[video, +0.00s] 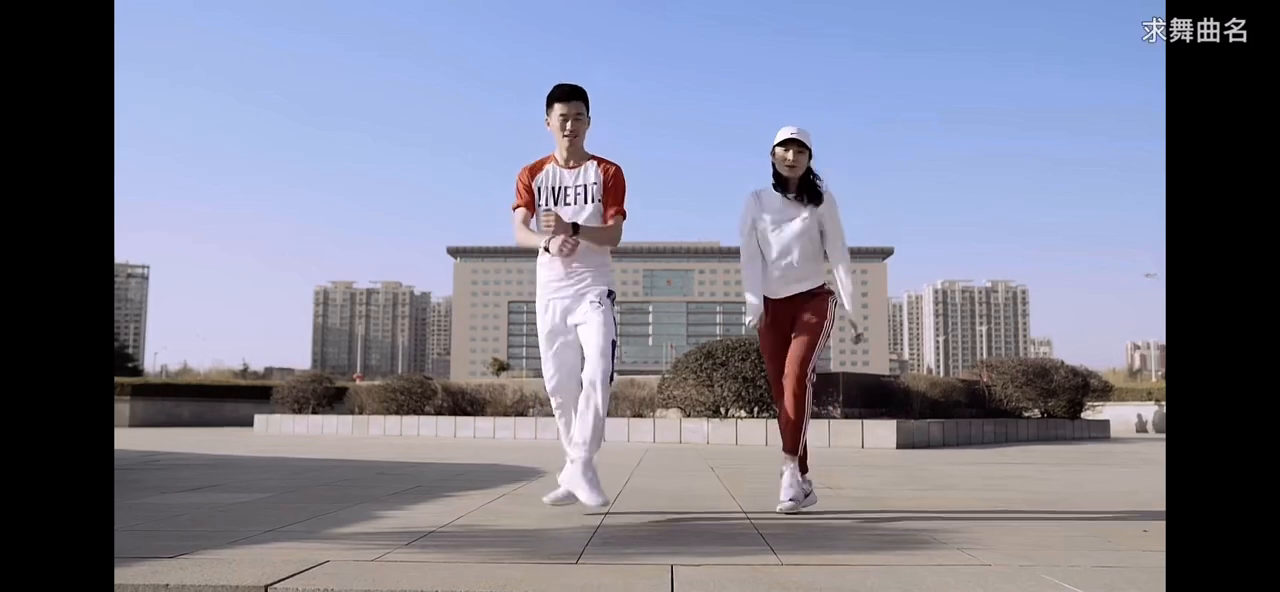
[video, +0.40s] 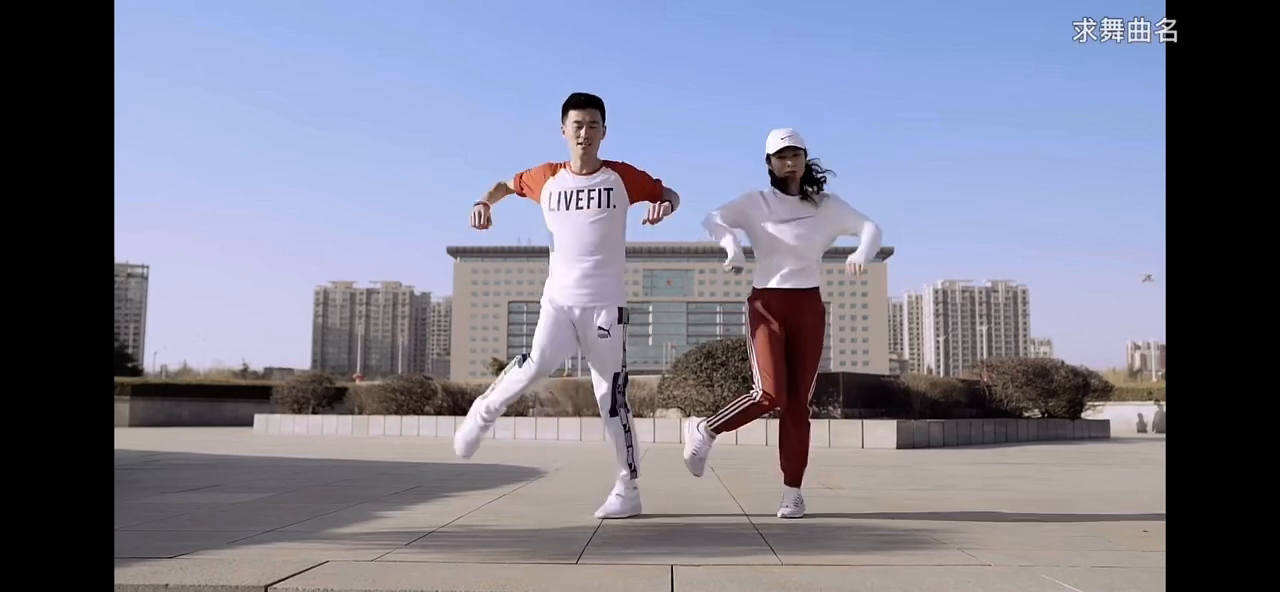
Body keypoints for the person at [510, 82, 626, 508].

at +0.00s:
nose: (570, 125)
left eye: (578, 118)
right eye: (563, 118)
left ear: (587, 123)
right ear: (549, 123)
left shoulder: (608, 172)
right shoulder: (532, 174)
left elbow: (612, 237)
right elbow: (520, 233)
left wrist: (569, 227)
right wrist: (546, 242)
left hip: (594, 292)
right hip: (552, 295)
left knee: (598, 376)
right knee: (558, 387)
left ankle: (582, 469)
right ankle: (575, 474)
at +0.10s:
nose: (575, 132)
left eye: (582, 125)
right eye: (567, 125)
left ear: (592, 131)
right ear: (554, 131)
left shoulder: (613, 182)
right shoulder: (536, 183)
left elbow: (621, 244)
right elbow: (521, 243)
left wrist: (586, 251)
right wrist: (546, 261)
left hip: (595, 301)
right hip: (552, 303)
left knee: (597, 394)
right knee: (566, 399)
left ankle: (571, 485)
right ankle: (591, 481)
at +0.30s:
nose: (584, 122)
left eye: (592, 115)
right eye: (576, 115)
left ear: (603, 120)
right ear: (563, 120)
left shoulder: (622, 170)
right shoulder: (544, 170)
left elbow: (647, 216)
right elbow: (515, 211)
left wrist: (646, 235)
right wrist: (500, 244)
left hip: (601, 291)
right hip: (556, 290)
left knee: (600, 385)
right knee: (544, 378)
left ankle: (602, 482)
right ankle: (547, 463)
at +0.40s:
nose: (585, 132)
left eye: (592, 125)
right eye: (577, 125)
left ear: (603, 131)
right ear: (564, 131)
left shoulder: (624, 176)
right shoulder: (547, 177)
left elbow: (669, 196)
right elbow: (508, 186)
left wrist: (665, 203)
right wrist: (484, 202)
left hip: (605, 304)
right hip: (558, 301)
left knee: (611, 400)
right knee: (536, 366)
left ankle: (628, 489)